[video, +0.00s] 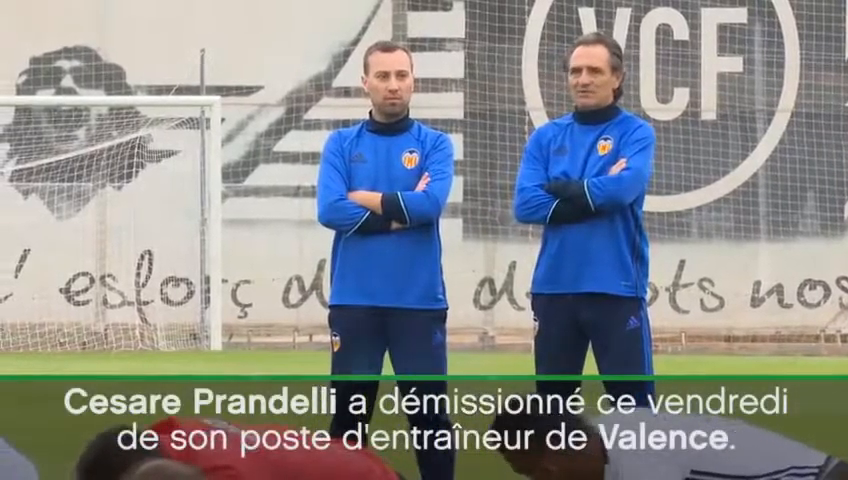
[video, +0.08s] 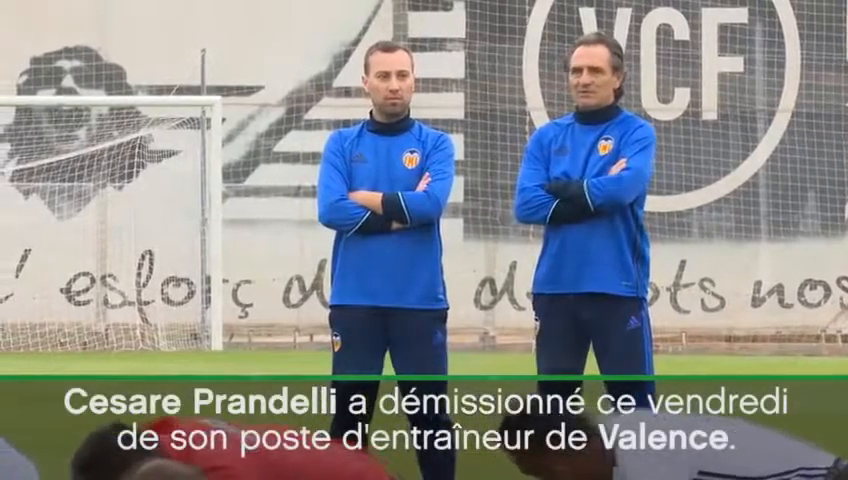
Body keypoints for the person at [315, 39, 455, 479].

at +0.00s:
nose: (393, 85)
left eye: (402, 76)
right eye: (382, 76)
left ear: (413, 83)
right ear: (365, 84)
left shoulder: (436, 143)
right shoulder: (341, 142)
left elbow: (429, 206)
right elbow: (330, 211)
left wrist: (358, 197)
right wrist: (403, 212)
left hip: (419, 301)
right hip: (354, 301)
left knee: (430, 416)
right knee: (348, 416)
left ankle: (438, 478)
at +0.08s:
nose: (394, 85)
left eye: (402, 76)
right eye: (383, 76)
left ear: (414, 83)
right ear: (366, 84)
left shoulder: (436, 143)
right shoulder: (342, 142)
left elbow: (430, 206)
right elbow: (331, 211)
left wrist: (359, 197)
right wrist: (403, 213)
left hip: (420, 301)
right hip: (355, 301)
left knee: (430, 415)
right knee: (349, 416)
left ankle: (439, 479)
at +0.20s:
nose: (395, 85)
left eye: (403, 75)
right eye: (384, 76)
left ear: (415, 83)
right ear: (367, 84)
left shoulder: (437, 143)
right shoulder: (343, 142)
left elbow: (430, 207)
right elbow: (331, 211)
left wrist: (359, 197)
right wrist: (404, 212)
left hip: (421, 302)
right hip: (356, 302)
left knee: (431, 416)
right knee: (350, 417)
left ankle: (440, 479)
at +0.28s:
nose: (395, 85)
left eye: (404, 75)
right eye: (385, 76)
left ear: (416, 82)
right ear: (367, 84)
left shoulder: (438, 143)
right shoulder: (343, 142)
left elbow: (431, 206)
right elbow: (332, 211)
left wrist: (361, 197)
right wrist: (405, 212)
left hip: (421, 302)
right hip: (356, 302)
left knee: (431, 416)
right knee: (351, 417)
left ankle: (441, 478)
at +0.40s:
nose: (396, 85)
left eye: (404, 75)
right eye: (385, 76)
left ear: (416, 82)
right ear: (368, 84)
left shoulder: (438, 143)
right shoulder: (343, 142)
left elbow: (432, 206)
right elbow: (332, 211)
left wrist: (362, 197)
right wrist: (405, 213)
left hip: (422, 302)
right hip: (357, 302)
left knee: (432, 416)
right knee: (351, 418)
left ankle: (441, 479)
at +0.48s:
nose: (396, 85)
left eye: (404, 75)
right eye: (385, 76)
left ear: (416, 82)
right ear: (368, 84)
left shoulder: (438, 143)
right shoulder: (343, 142)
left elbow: (432, 205)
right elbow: (332, 210)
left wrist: (363, 196)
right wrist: (405, 213)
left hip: (422, 302)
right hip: (357, 302)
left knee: (432, 417)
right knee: (351, 419)